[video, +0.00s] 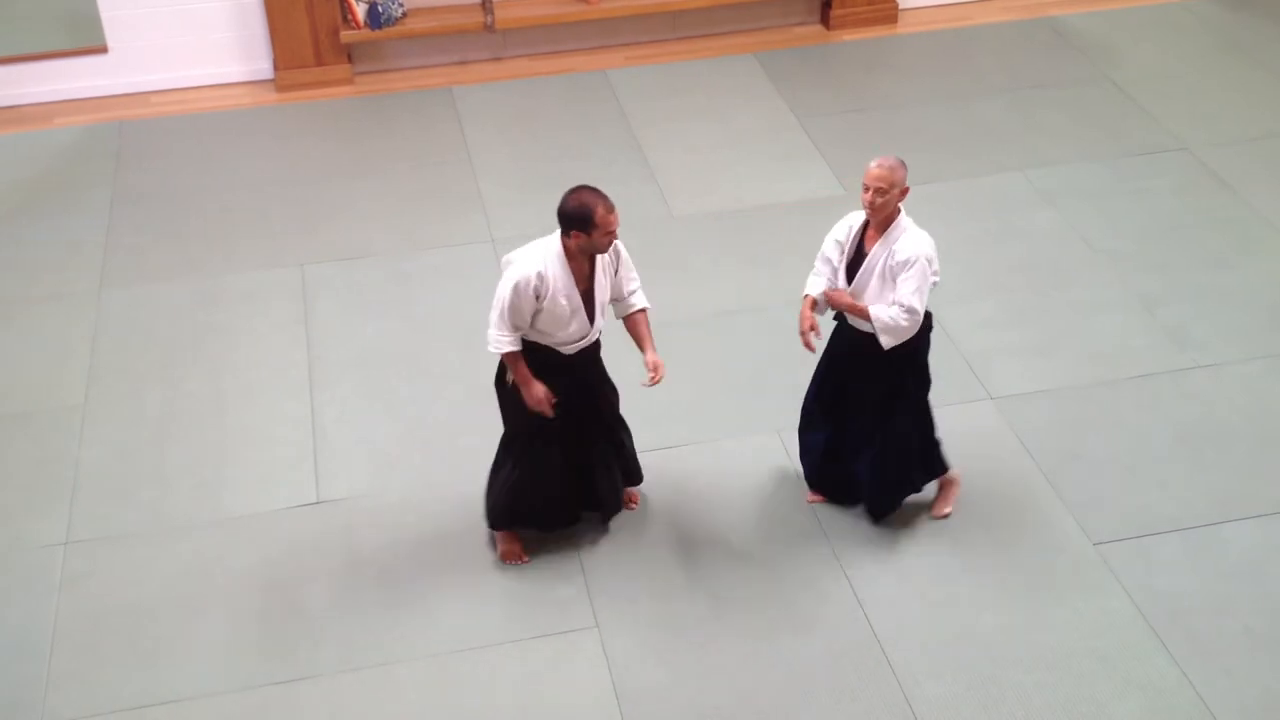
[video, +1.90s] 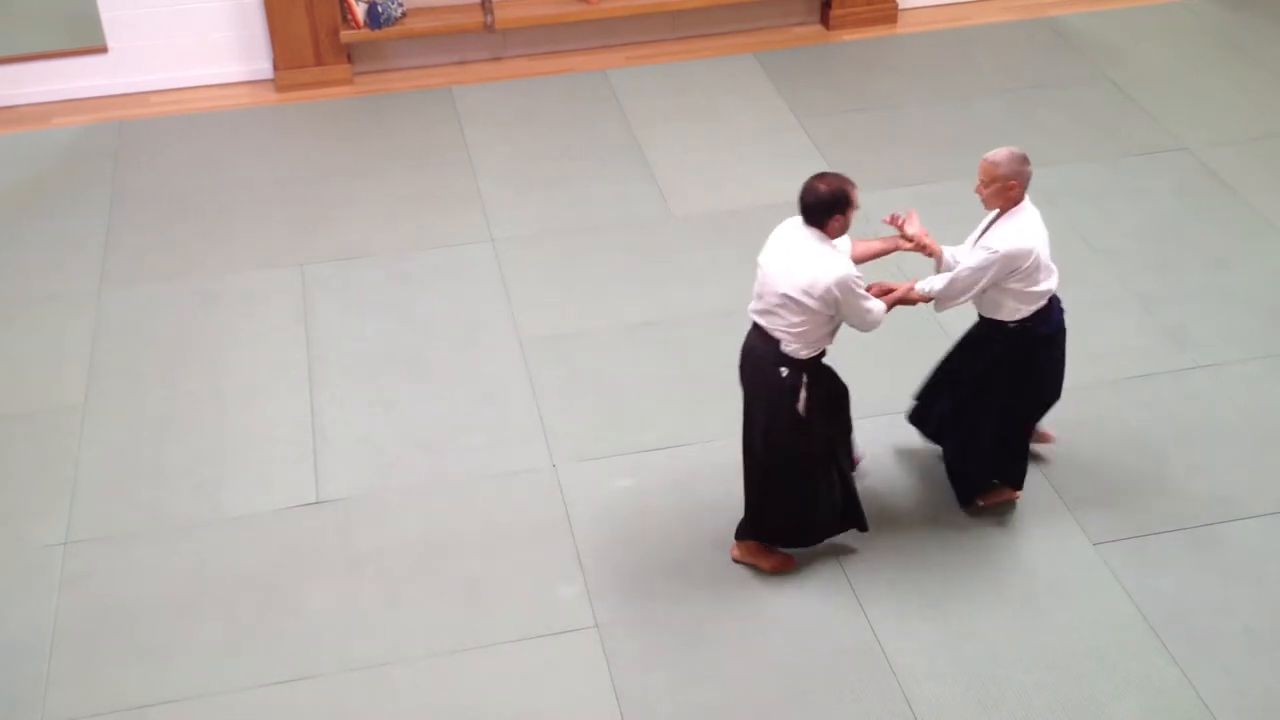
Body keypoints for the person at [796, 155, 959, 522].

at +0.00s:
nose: (869, 198)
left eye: (879, 192)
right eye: (865, 189)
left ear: (902, 194)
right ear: (860, 186)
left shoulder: (915, 248)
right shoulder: (851, 224)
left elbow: (905, 319)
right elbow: (824, 266)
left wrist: (853, 307)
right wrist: (807, 308)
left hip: (897, 341)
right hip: (851, 333)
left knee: (905, 416)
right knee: (823, 406)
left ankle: (945, 479)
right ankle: (831, 480)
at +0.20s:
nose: (910, 194)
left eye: (920, 188)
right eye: (908, 184)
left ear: (944, 191)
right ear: (903, 181)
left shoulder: (957, 246)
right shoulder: (897, 220)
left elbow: (935, 310)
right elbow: (868, 257)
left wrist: (881, 299)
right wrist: (839, 294)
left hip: (938, 339)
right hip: (891, 329)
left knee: (955, 401)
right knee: (859, 401)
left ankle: (985, 456)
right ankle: (852, 480)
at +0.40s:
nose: (947, 187)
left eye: (956, 183)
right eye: (947, 179)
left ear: (984, 185)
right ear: (945, 174)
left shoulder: (996, 236)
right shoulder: (940, 207)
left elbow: (962, 294)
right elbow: (904, 246)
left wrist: (897, 286)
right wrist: (863, 279)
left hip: (973, 332)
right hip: (929, 321)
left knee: (971, 403)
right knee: (893, 392)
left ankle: (988, 461)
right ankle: (866, 467)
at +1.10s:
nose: (931, 169)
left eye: (940, 163)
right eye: (929, 160)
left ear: (966, 164)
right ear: (927, 155)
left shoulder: (972, 214)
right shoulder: (922, 189)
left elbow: (917, 260)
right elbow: (884, 227)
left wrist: (851, 258)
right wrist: (839, 263)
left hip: (963, 307)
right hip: (921, 299)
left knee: (970, 384)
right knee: (893, 367)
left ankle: (989, 458)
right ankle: (887, 430)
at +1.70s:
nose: (940, 184)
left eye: (949, 179)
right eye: (941, 176)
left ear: (978, 183)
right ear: (969, 181)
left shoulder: (986, 231)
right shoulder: (955, 206)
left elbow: (934, 272)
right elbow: (924, 249)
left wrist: (866, 283)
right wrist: (889, 258)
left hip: (990, 321)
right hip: (952, 309)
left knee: (973, 403)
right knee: (903, 368)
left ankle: (1005, 481)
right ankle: (886, 431)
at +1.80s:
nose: (959, 188)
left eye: (968, 183)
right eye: (960, 180)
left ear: (996, 186)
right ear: (989, 185)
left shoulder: (1000, 237)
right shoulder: (979, 211)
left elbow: (947, 280)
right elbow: (945, 259)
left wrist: (885, 295)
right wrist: (906, 255)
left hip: (1014, 328)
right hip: (985, 316)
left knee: (993, 407)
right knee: (941, 367)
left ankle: (1003, 481)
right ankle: (939, 431)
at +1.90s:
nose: (977, 189)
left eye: (985, 184)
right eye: (979, 181)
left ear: (1013, 190)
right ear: (1012, 189)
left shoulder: (1013, 242)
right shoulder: (1007, 213)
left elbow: (956, 284)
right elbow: (968, 260)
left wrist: (896, 294)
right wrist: (928, 246)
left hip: (1026, 336)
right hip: (1008, 323)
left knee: (989, 410)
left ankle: (1002, 483)